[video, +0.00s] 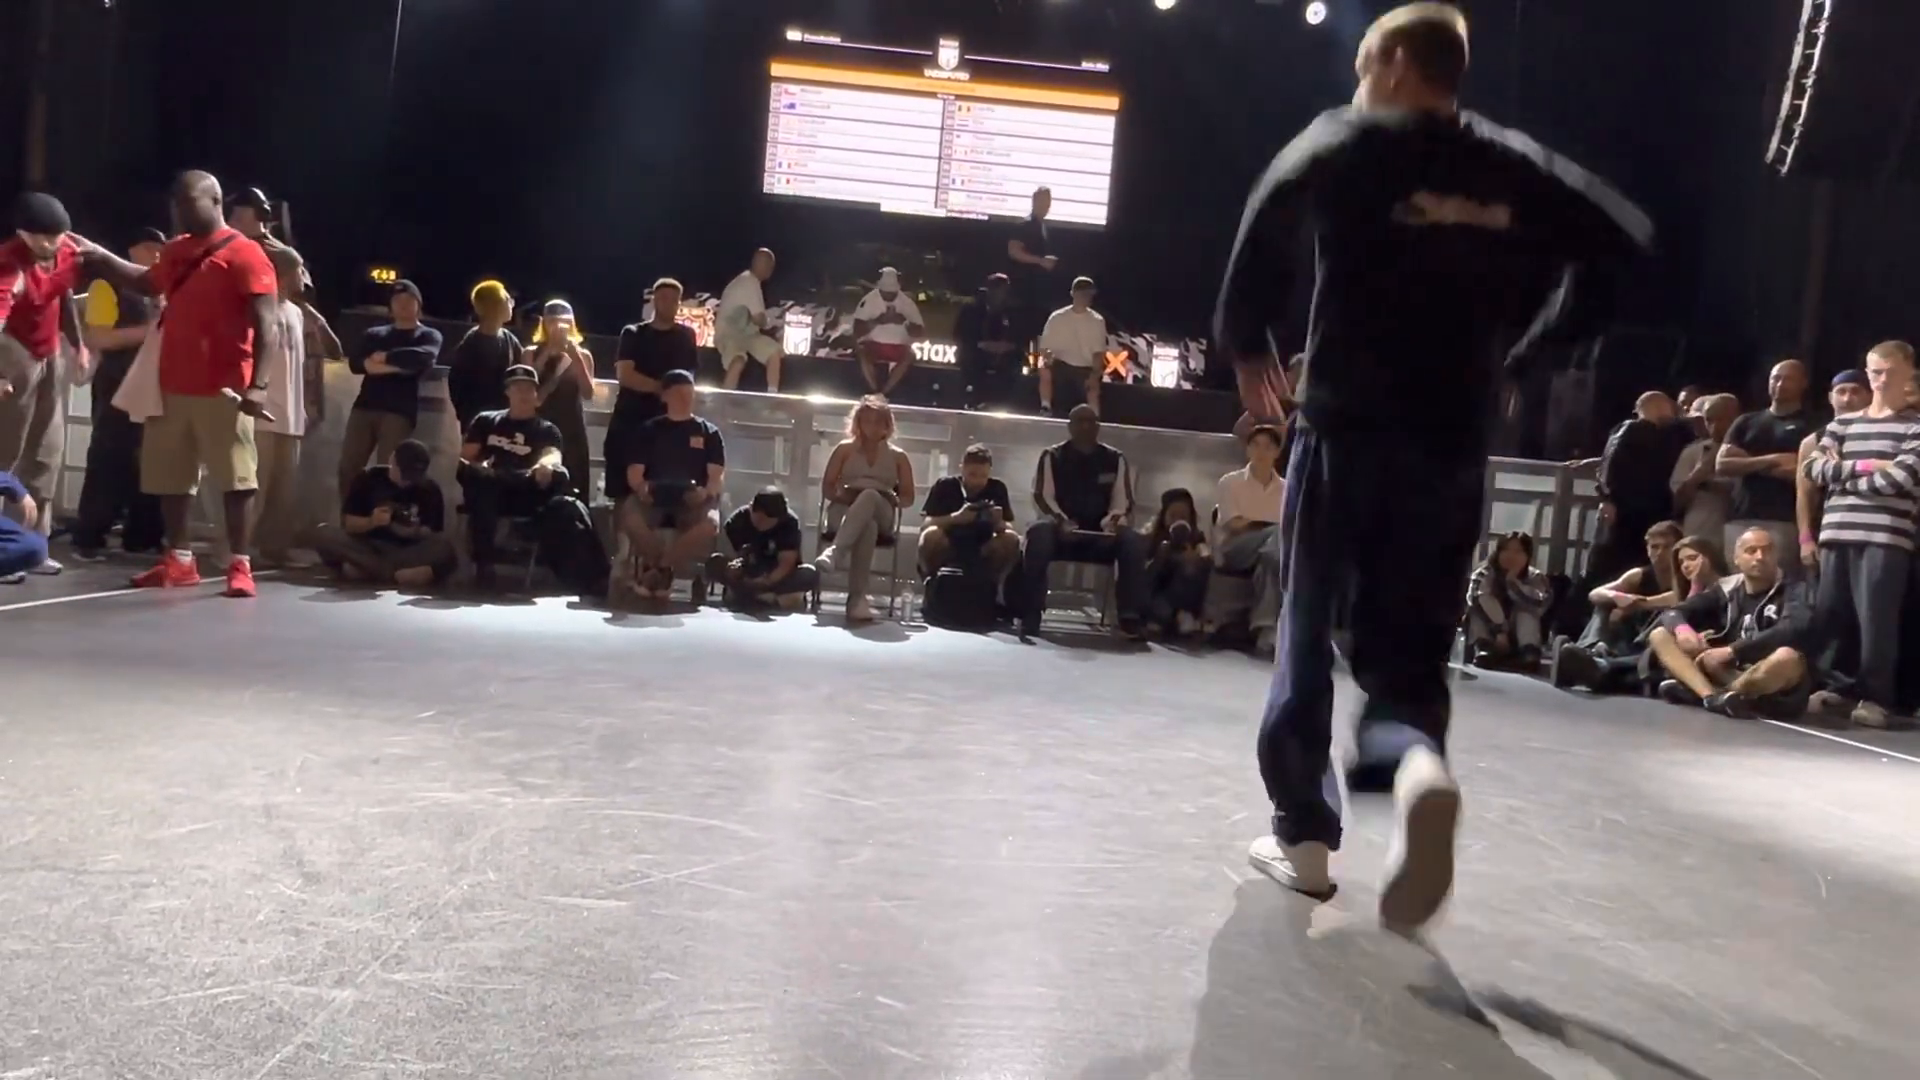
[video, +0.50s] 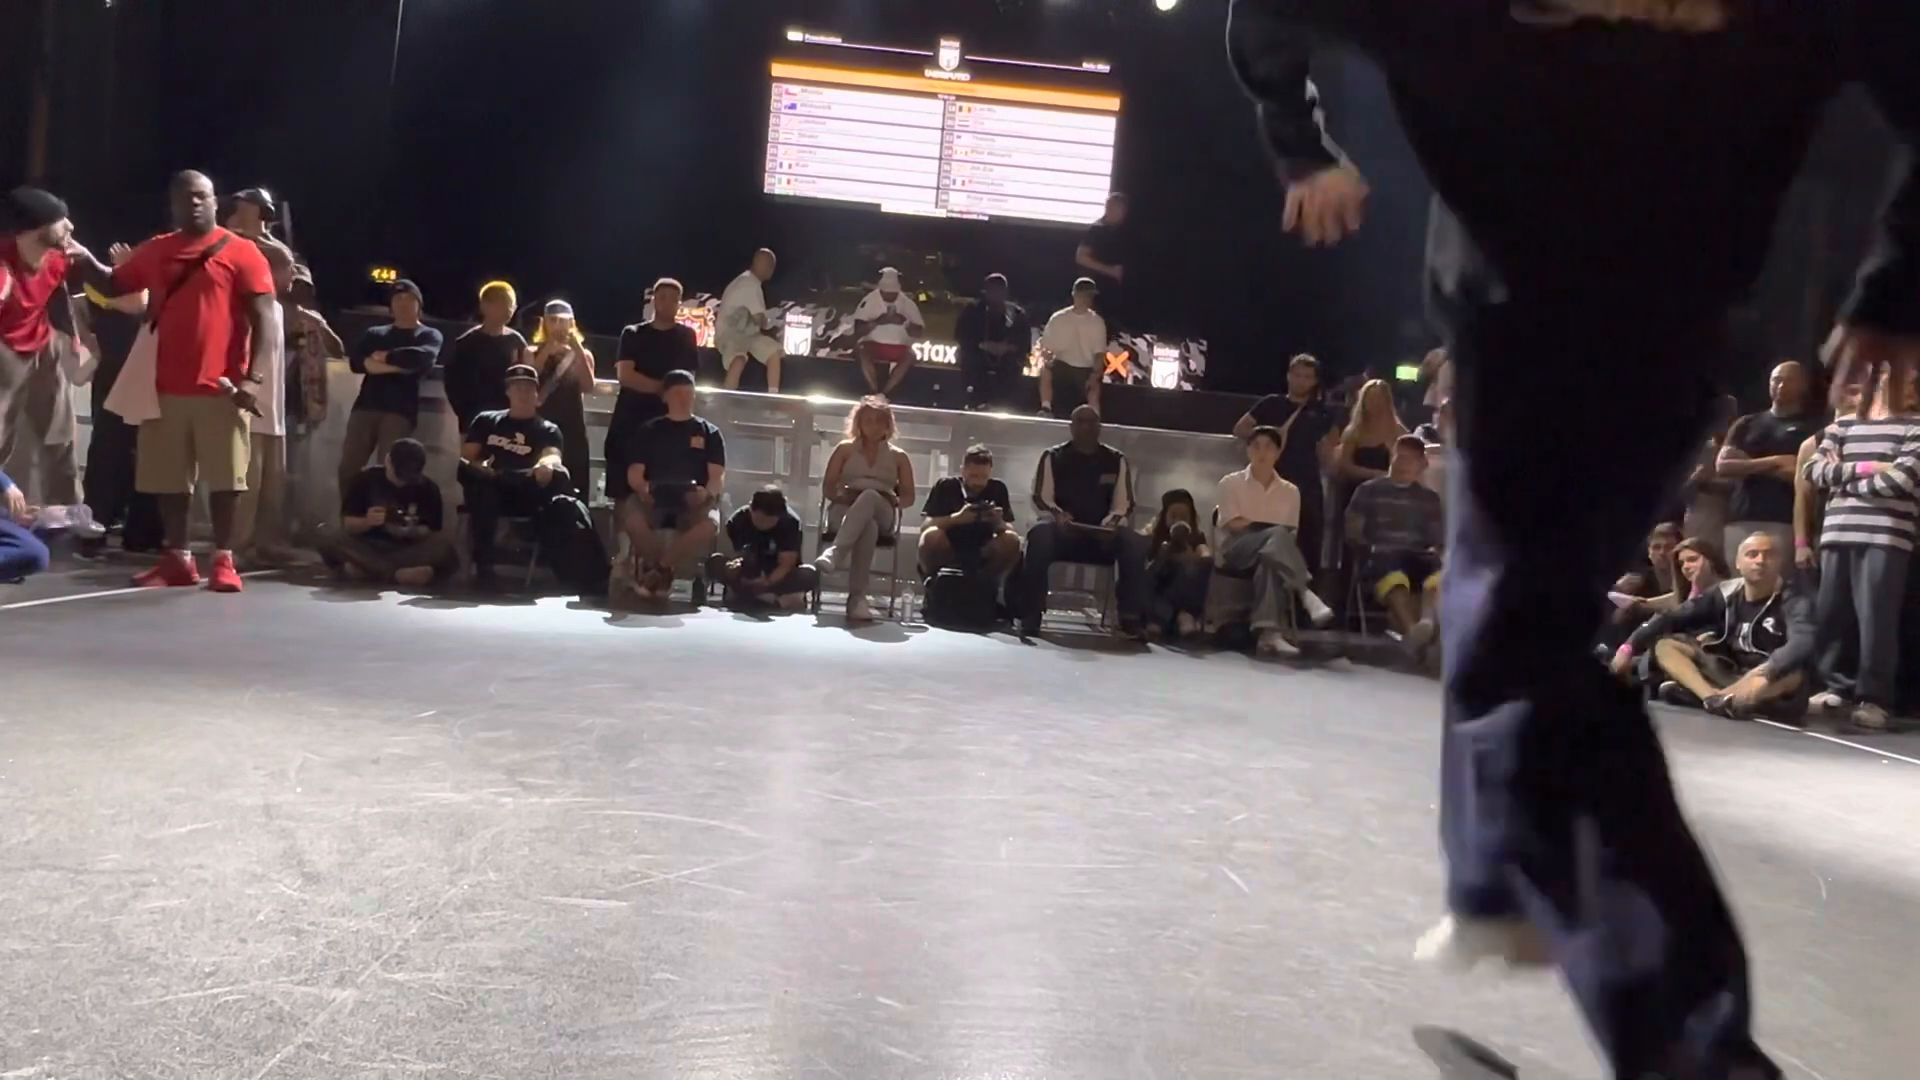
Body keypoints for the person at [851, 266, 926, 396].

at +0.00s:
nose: (889, 296)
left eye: (893, 293)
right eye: (886, 293)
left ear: (898, 289)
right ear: (879, 289)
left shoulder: (907, 302)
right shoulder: (869, 300)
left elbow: (919, 332)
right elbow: (857, 331)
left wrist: (903, 321)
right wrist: (878, 320)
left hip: (899, 346)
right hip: (874, 344)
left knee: (909, 357)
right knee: (862, 353)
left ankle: (884, 392)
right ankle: (875, 391)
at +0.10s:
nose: (889, 296)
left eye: (893, 293)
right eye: (886, 293)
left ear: (898, 289)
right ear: (879, 288)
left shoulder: (907, 302)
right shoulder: (869, 300)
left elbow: (920, 333)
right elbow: (857, 331)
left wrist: (903, 322)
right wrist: (878, 321)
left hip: (899, 346)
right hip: (873, 344)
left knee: (909, 357)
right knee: (862, 353)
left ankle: (884, 393)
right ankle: (875, 391)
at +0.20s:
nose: (889, 297)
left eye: (893, 293)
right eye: (886, 293)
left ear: (898, 290)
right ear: (880, 289)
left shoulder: (907, 303)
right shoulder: (869, 301)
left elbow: (920, 333)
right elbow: (857, 332)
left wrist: (903, 322)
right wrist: (878, 321)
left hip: (899, 346)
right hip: (873, 344)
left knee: (909, 357)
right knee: (862, 352)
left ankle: (884, 393)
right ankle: (875, 391)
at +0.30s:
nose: (890, 297)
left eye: (893, 293)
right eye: (886, 293)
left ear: (898, 290)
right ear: (880, 289)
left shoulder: (907, 303)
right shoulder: (869, 300)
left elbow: (920, 333)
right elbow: (857, 331)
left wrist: (904, 322)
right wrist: (879, 321)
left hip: (899, 346)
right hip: (874, 344)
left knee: (909, 358)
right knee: (863, 353)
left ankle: (884, 393)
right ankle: (875, 392)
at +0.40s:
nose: (890, 296)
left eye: (893, 293)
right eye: (886, 292)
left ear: (898, 290)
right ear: (880, 289)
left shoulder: (907, 303)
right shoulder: (869, 300)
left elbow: (918, 332)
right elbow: (858, 330)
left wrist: (904, 322)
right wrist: (879, 321)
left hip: (900, 347)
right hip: (874, 344)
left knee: (909, 357)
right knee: (863, 353)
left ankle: (885, 393)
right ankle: (875, 392)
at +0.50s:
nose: (890, 296)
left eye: (893, 293)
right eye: (886, 293)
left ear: (898, 290)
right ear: (880, 290)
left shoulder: (907, 303)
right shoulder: (869, 300)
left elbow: (918, 332)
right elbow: (858, 330)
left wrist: (904, 322)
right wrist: (879, 321)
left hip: (899, 347)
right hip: (873, 344)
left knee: (909, 357)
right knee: (863, 352)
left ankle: (885, 393)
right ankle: (875, 392)